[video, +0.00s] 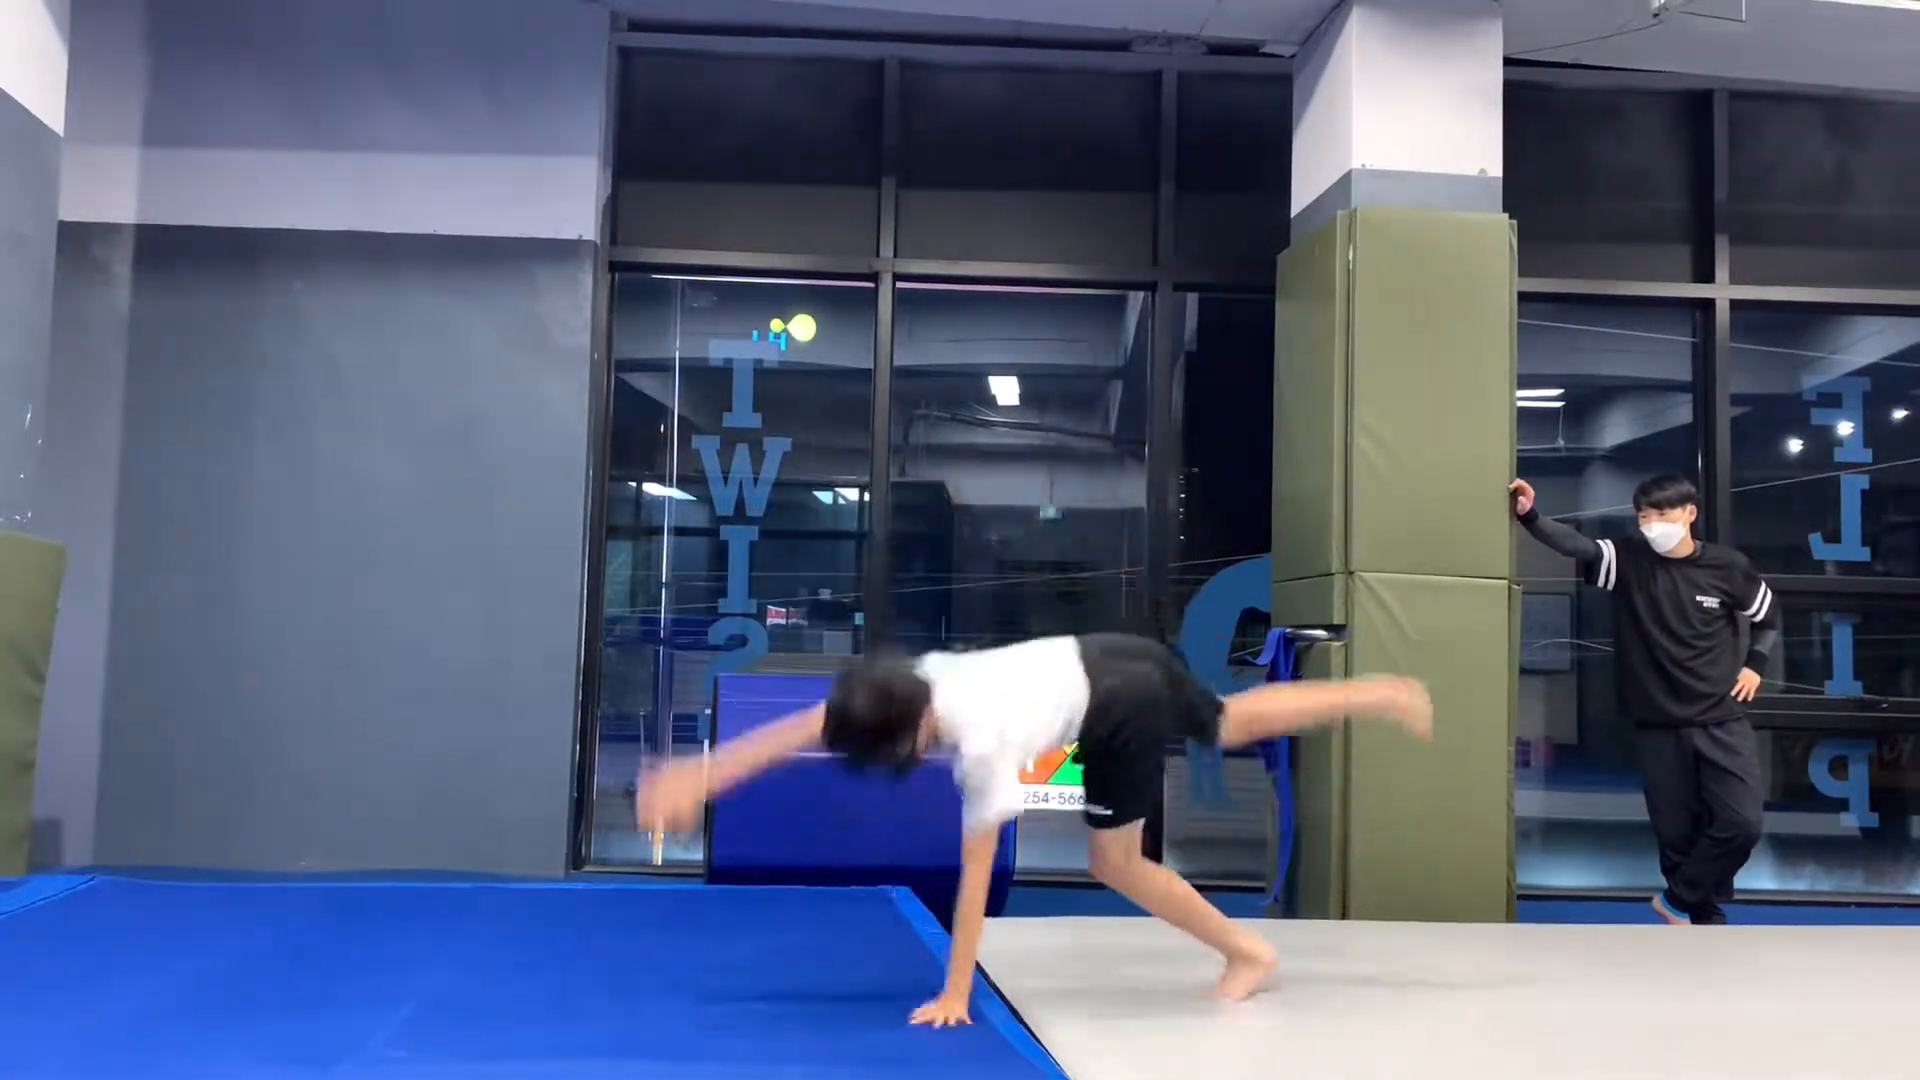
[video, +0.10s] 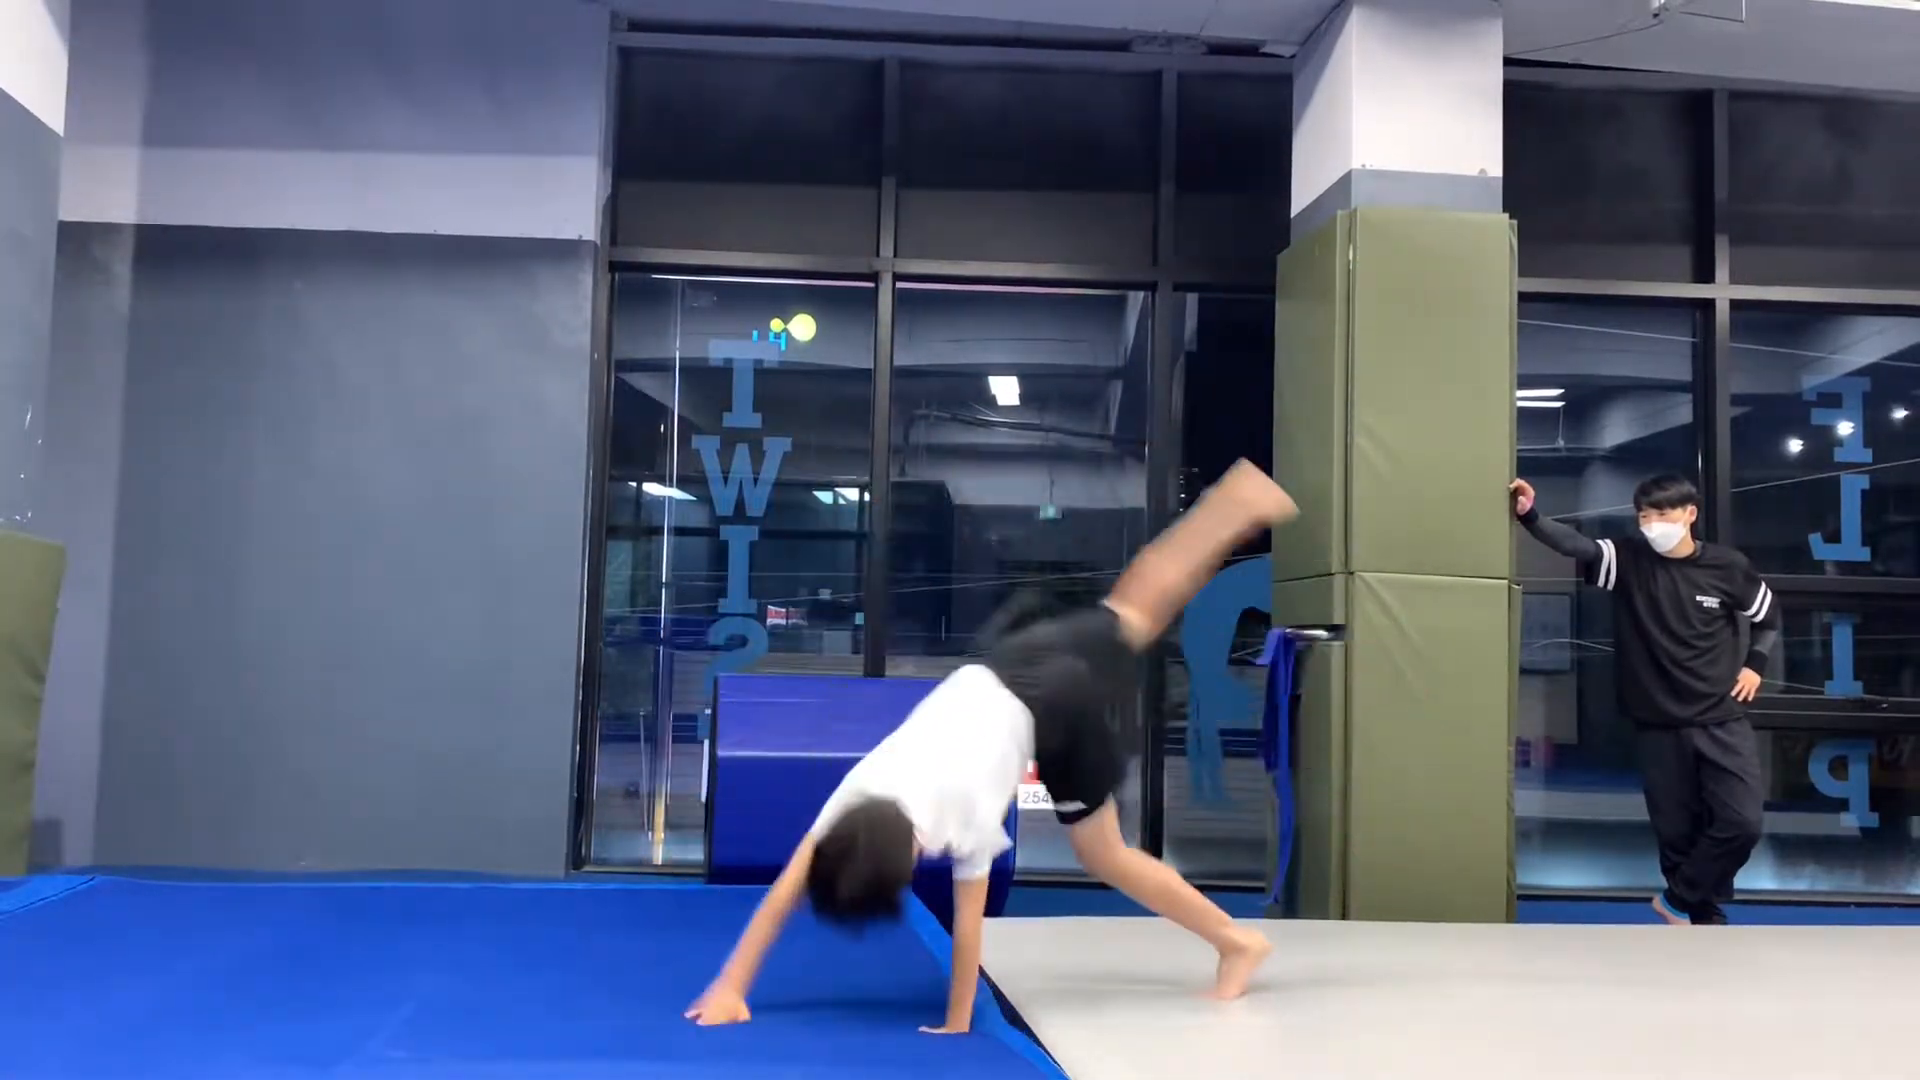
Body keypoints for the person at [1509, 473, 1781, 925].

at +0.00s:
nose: (1650, 524)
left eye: (1661, 514)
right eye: (1644, 515)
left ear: (1689, 515)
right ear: (1638, 517)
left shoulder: (1727, 567)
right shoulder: (1627, 558)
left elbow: (1768, 618)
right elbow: (1578, 545)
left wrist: (1756, 666)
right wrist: (1531, 517)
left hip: (1723, 719)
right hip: (1660, 724)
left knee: (1742, 824)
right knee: (1675, 833)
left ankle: (1676, 901)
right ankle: (1710, 926)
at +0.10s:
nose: (1650, 523)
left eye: (1661, 514)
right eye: (1645, 514)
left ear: (1689, 515)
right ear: (1638, 517)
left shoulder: (1727, 567)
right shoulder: (1628, 558)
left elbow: (1769, 618)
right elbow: (1578, 545)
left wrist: (1756, 666)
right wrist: (1531, 517)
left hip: (1723, 719)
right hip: (1660, 723)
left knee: (1742, 823)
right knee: (1675, 831)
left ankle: (1677, 900)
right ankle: (1709, 923)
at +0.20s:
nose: (1649, 524)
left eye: (1661, 515)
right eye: (1645, 515)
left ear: (1690, 516)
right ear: (1639, 517)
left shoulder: (1726, 567)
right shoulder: (1627, 558)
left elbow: (1768, 617)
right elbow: (1578, 545)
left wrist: (1756, 666)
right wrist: (1531, 517)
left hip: (1722, 719)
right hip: (1659, 723)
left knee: (1742, 824)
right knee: (1675, 832)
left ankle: (1676, 900)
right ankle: (1709, 924)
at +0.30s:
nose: (1651, 524)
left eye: (1663, 515)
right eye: (1646, 514)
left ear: (1690, 517)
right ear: (1639, 517)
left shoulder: (1726, 568)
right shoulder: (1627, 558)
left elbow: (1768, 618)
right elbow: (1578, 545)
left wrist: (1755, 667)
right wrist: (1531, 517)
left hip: (1722, 719)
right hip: (1659, 723)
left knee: (1742, 824)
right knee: (1675, 832)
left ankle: (1676, 901)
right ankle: (1709, 924)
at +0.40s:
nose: (1650, 525)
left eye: (1662, 516)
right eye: (1646, 515)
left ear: (1691, 518)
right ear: (1639, 517)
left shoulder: (1725, 568)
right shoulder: (1627, 558)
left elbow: (1768, 618)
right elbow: (1578, 545)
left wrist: (1755, 668)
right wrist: (1530, 517)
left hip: (1722, 719)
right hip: (1659, 724)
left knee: (1742, 824)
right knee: (1675, 833)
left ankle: (1675, 901)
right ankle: (1710, 926)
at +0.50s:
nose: (1650, 525)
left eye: (1663, 516)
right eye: (1646, 515)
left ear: (1691, 518)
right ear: (1640, 517)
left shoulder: (1726, 569)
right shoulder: (1627, 559)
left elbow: (1768, 619)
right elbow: (1578, 545)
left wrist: (1755, 669)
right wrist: (1531, 517)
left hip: (1722, 720)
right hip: (1659, 724)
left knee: (1741, 824)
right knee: (1675, 833)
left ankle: (1676, 900)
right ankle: (1709, 924)